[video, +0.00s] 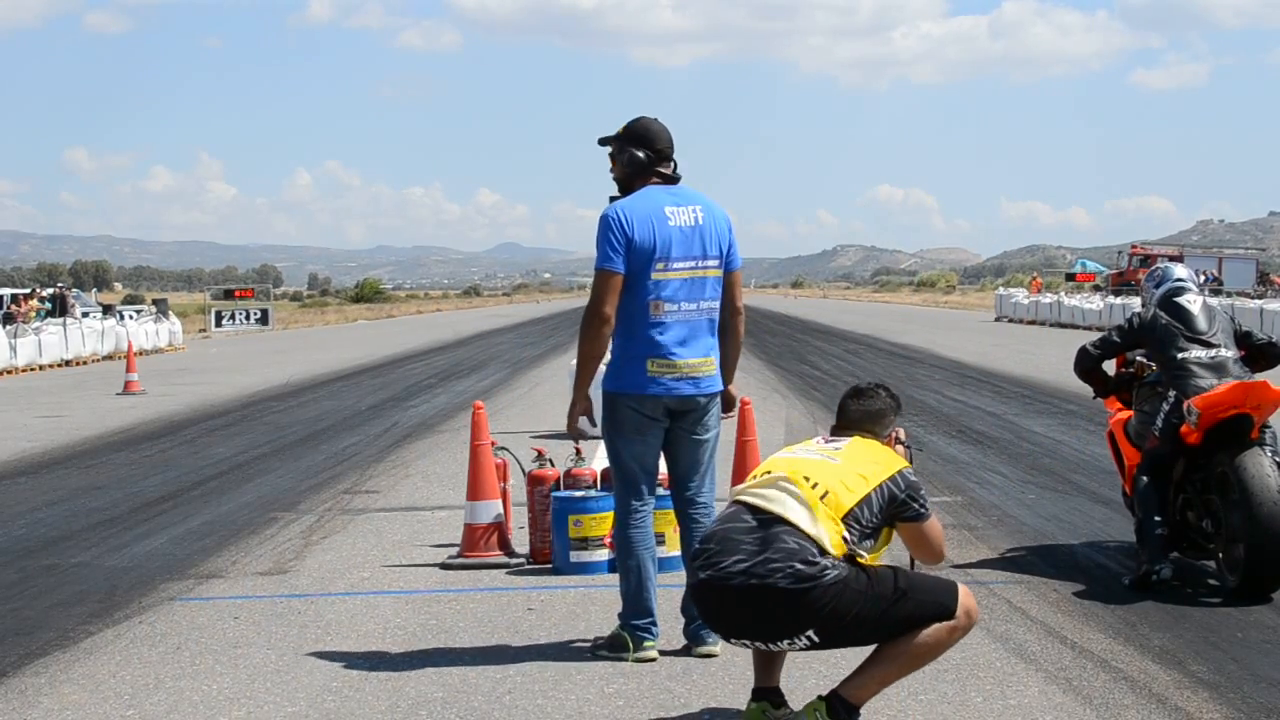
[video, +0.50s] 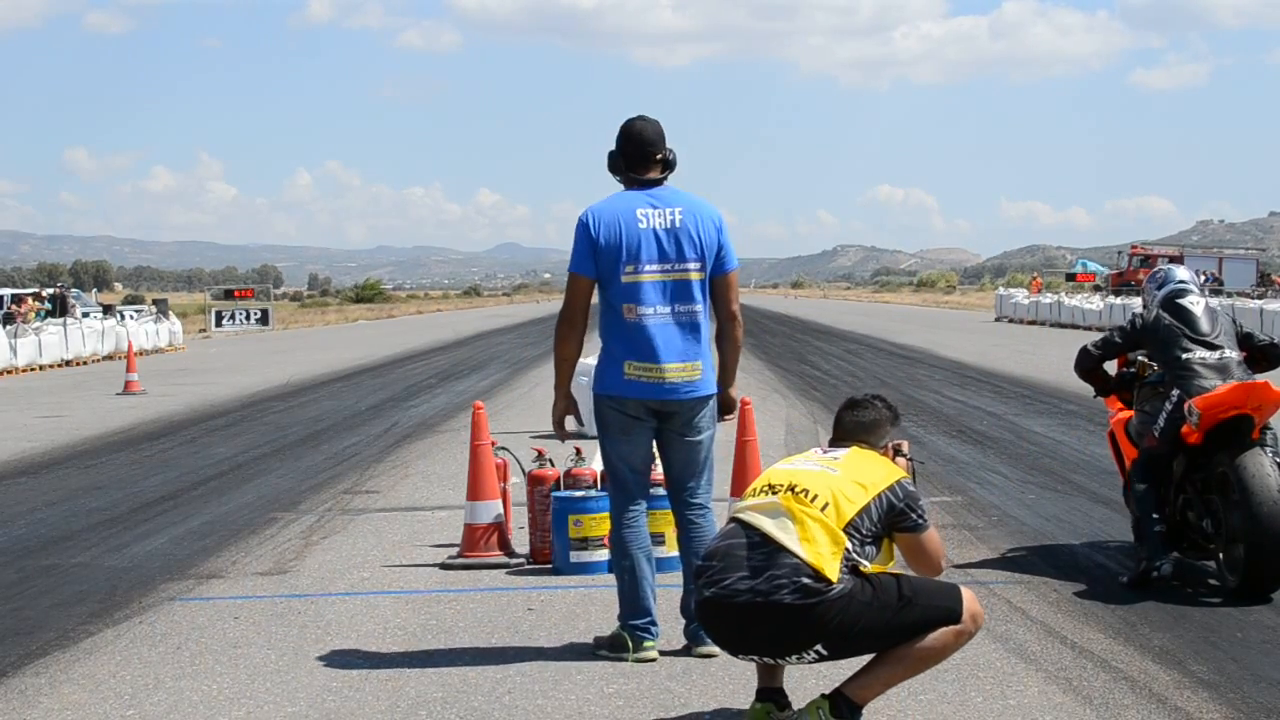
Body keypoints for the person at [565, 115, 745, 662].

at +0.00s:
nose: (611, 170)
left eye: (616, 160)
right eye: (612, 160)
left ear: (637, 162)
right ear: (668, 163)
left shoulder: (622, 216)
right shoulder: (717, 216)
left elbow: (603, 314)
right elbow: (734, 311)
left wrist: (581, 388)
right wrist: (726, 379)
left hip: (637, 384)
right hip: (701, 383)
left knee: (635, 505)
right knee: (698, 504)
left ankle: (639, 631)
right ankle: (705, 629)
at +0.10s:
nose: (613, 169)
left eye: (617, 160)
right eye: (614, 160)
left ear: (634, 162)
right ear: (669, 162)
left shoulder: (618, 217)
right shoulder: (715, 216)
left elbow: (596, 314)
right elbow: (735, 310)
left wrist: (577, 385)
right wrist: (727, 379)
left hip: (635, 385)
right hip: (701, 383)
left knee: (635, 504)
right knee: (699, 503)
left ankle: (639, 631)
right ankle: (705, 629)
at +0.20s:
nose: (614, 168)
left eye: (616, 160)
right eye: (615, 160)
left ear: (627, 163)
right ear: (671, 163)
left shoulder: (613, 218)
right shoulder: (714, 216)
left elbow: (590, 312)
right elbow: (735, 310)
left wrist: (573, 383)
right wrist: (727, 378)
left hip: (633, 385)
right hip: (701, 384)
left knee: (634, 504)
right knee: (699, 504)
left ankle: (639, 631)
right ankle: (704, 629)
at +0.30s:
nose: (619, 168)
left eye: (619, 162)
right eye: (625, 161)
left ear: (622, 165)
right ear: (672, 162)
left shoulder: (608, 219)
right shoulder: (712, 216)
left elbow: (584, 311)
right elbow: (734, 311)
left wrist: (569, 383)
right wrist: (726, 378)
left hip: (630, 385)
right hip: (699, 384)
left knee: (633, 504)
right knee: (699, 504)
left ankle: (639, 631)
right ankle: (705, 630)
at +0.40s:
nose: (618, 166)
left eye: (618, 160)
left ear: (619, 164)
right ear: (670, 162)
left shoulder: (603, 220)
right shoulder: (710, 217)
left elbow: (578, 312)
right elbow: (732, 312)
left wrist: (566, 385)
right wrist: (726, 380)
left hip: (626, 385)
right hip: (695, 383)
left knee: (631, 505)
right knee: (697, 503)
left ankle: (639, 630)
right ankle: (704, 629)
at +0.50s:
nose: (617, 165)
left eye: (617, 158)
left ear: (617, 164)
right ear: (668, 162)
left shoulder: (598, 220)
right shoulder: (707, 217)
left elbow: (574, 314)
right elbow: (730, 313)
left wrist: (563, 388)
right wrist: (727, 382)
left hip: (623, 386)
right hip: (692, 384)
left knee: (629, 505)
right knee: (695, 504)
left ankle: (639, 631)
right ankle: (704, 629)